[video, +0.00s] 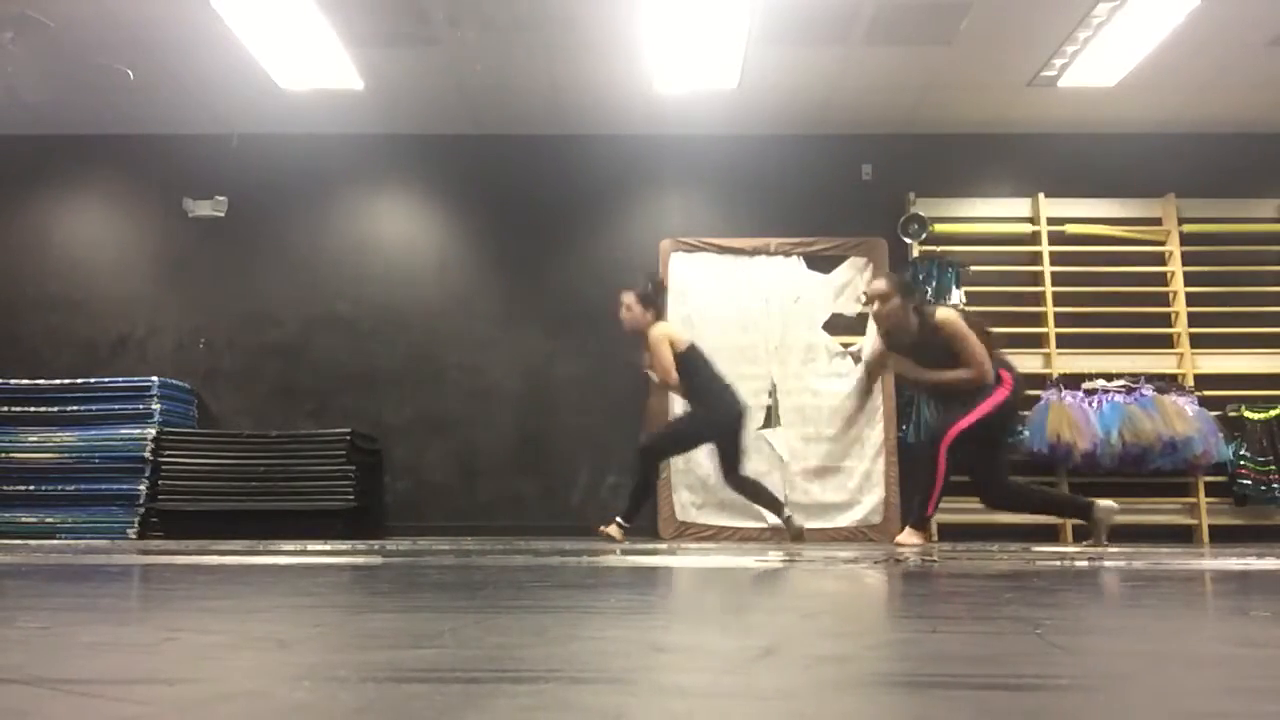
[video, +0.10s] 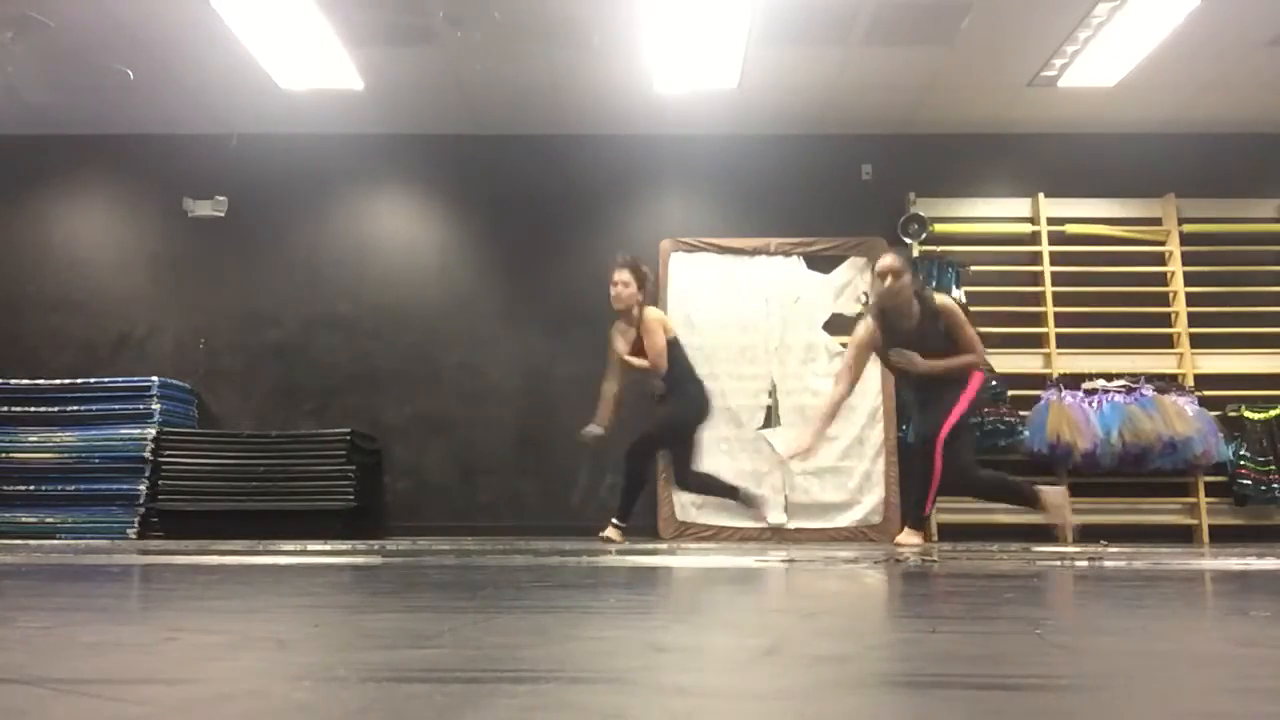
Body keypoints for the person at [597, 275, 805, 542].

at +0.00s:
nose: (622, 314)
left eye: (628, 308)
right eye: (622, 308)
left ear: (648, 311)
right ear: (649, 313)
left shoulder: (657, 333)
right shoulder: (667, 331)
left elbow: (670, 378)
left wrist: (650, 372)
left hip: (712, 413)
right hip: (730, 411)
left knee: (650, 452)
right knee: (733, 477)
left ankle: (622, 524)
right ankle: (785, 515)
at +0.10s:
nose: (615, 291)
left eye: (623, 285)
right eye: (613, 285)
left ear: (640, 291)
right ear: (610, 290)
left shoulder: (651, 317)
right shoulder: (620, 328)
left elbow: (659, 365)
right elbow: (612, 378)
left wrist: (625, 356)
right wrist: (601, 422)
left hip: (691, 401)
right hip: (675, 403)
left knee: (640, 449)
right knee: (684, 477)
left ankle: (618, 524)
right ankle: (749, 498)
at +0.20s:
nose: (616, 274)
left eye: (623, 269)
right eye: (611, 268)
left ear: (633, 276)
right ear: (603, 276)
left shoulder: (646, 306)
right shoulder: (597, 317)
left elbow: (653, 352)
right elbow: (587, 360)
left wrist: (612, 354)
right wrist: (571, 400)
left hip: (666, 388)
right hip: (638, 391)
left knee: (631, 443)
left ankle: (617, 522)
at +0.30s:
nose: (615, 261)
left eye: (620, 256)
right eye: (608, 255)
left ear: (627, 264)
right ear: (596, 264)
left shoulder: (638, 295)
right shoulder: (583, 299)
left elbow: (648, 341)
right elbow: (576, 329)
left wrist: (608, 356)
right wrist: (572, 355)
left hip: (645, 381)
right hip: (612, 382)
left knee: (622, 444)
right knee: (590, 444)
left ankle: (614, 523)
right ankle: (575, 515)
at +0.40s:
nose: (606, 255)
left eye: (611, 249)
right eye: (599, 248)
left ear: (617, 255)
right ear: (585, 253)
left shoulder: (626, 287)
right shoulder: (572, 281)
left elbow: (647, 331)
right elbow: (574, 297)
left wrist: (627, 367)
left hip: (620, 374)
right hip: (589, 375)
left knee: (614, 445)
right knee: (567, 444)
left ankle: (614, 524)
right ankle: (538, 520)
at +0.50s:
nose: (595, 253)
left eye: (599, 247)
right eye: (588, 246)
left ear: (605, 251)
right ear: (574, 251)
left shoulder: (608, 288)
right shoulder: (559, 282)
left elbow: (628, 327)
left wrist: (643, 366)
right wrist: (595, 269)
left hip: (605, 377)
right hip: (571, 376)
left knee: (611, 442)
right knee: (554, 445)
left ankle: (610, 522)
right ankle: (535, 524)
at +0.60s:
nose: (587, 255)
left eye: (589, 249)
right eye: (581, 248)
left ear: (587, 251)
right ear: (560, 248)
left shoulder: (583, 285)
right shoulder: (543, 279)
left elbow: (600, 329)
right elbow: (519, 242)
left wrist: (619, 371)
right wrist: (558, 254)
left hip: (597, 373)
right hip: (564, 376)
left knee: (618, 438)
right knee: (549, 448)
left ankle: (638, 516)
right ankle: (534, 525)